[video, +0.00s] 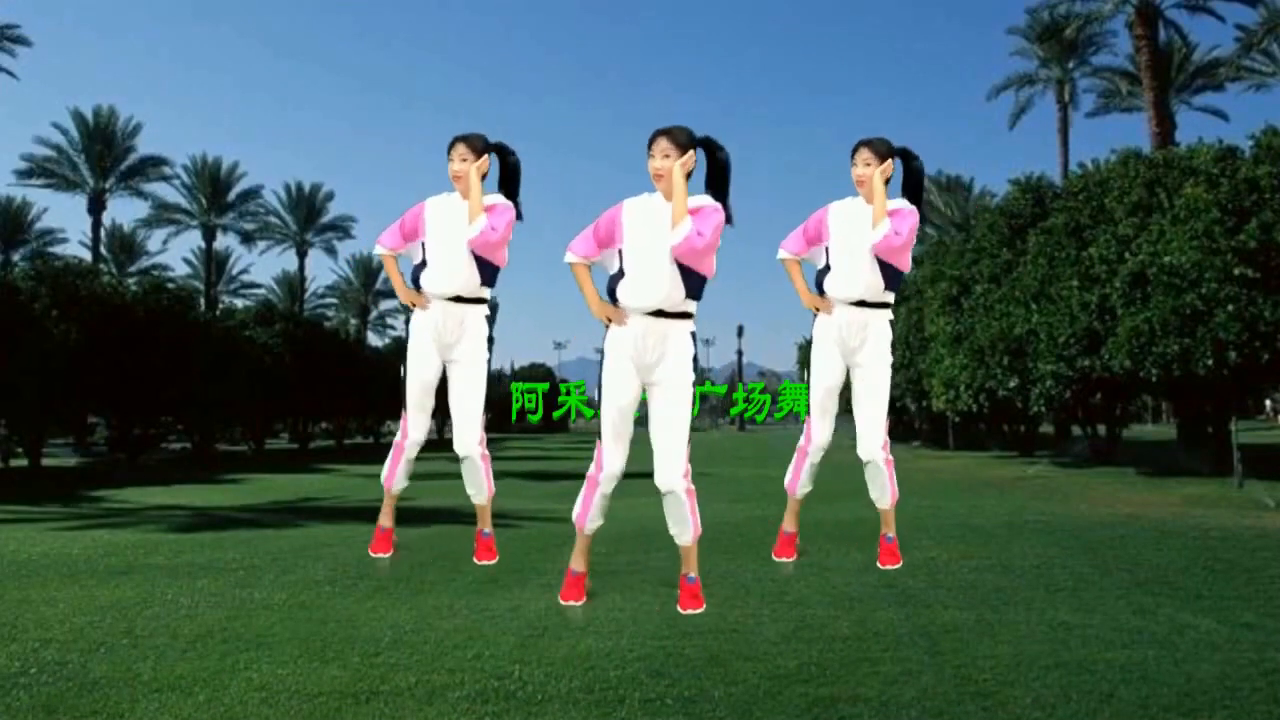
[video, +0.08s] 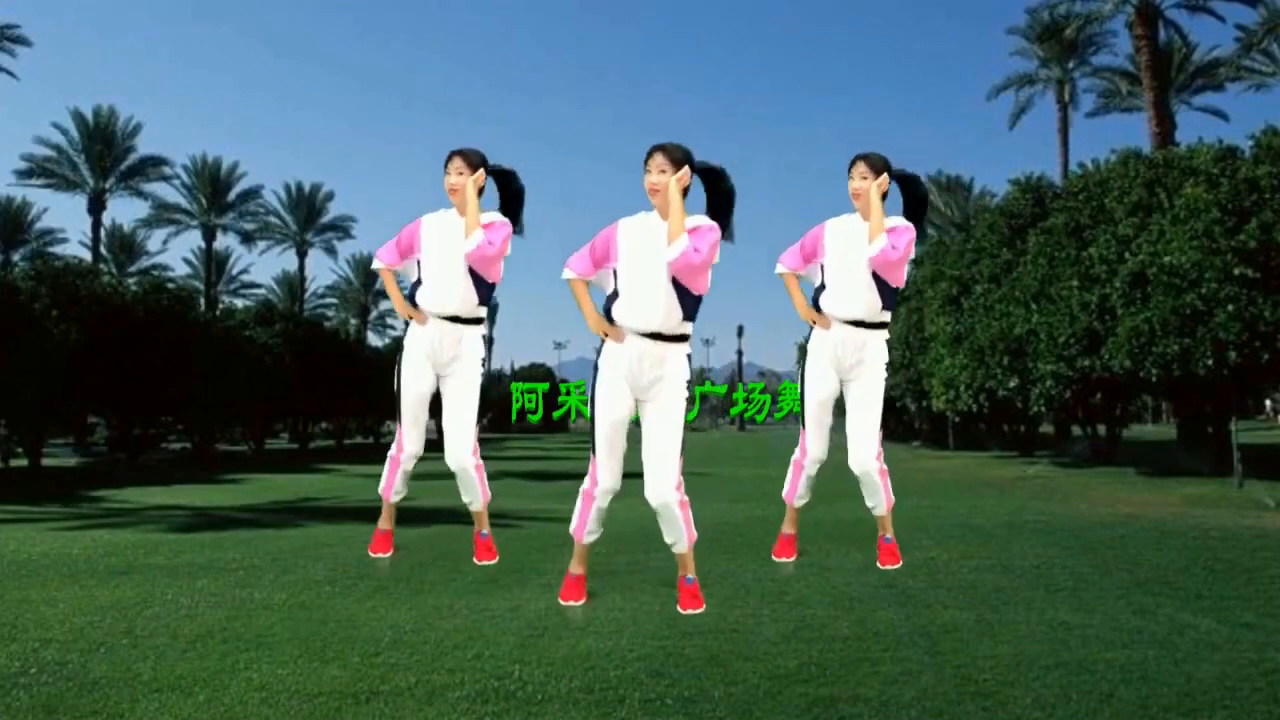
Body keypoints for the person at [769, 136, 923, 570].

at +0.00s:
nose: (859, 171)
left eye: (867, 164)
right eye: (856, 164)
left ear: (887, 169)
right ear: (850, 170)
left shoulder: (905, 214)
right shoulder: (834, 213)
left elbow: (889, 249)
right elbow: (789, 251)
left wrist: (879, 193)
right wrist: (806, 295)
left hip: (875, 327)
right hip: (832, 322)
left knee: (872, 444)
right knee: (818, 434)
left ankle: (889, 534)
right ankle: (789, 524)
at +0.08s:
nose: (855, 185)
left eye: (864, 178)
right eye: (852, 178)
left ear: (883, 184)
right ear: (847, 184)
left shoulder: (901, 230)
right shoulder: (829, 229)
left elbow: (885, 265)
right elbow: (787, 266)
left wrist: (874, 211)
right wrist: (805, 310)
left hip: (871, 345)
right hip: (826, 340)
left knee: (864, 459)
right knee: (813, 449)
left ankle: (886, 534)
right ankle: (789, 528)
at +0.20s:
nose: (853, 164)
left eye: (861, 157)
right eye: (850, 157)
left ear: (881, 164)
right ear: (846, 165)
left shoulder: (901, 210)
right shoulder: (830, 211)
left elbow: (904, 243)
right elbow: (789, 247)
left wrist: (888, 187)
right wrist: (806, 293)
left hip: (872, 326)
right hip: (828, 322)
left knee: (871, 441)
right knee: (807, 429)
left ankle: (888, 532)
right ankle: (787, 524)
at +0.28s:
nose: (852, 144)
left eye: (862, 138)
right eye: (851, 138)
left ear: (882, 147)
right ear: (849, 146)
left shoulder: (899, 191)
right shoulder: (829, 191)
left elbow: (916, 220)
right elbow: (791, 228)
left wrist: (897, 166)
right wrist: (807, 274)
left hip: (875, 304)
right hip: (831, 300)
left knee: (879, 421)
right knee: (813, 414)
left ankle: (889, 526)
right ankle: (794, 504)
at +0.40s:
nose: (860, 142)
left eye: (870, 137)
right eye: (857, 136)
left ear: (889, 148)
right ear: (852, 144)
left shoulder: (902, 190)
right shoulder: (828, 188)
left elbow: (911, 228)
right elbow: (789, 229)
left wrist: (902, 173)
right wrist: (806, 277)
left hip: (881, 299)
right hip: (837, 296)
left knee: (881, 416)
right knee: (831, 416)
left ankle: (883, 523)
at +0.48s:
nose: (862, 159)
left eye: (872, 154)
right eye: (860, 152)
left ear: (891, 166)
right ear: (853, 160)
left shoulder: (900, 207)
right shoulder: (827, 205)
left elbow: (908, 249)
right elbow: (788, 247)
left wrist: (902, 190)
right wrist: (807, 296)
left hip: (882, 313)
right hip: (838, 313)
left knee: (883, 427)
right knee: (845, 422)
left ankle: (880, 531)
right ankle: (857, 435)